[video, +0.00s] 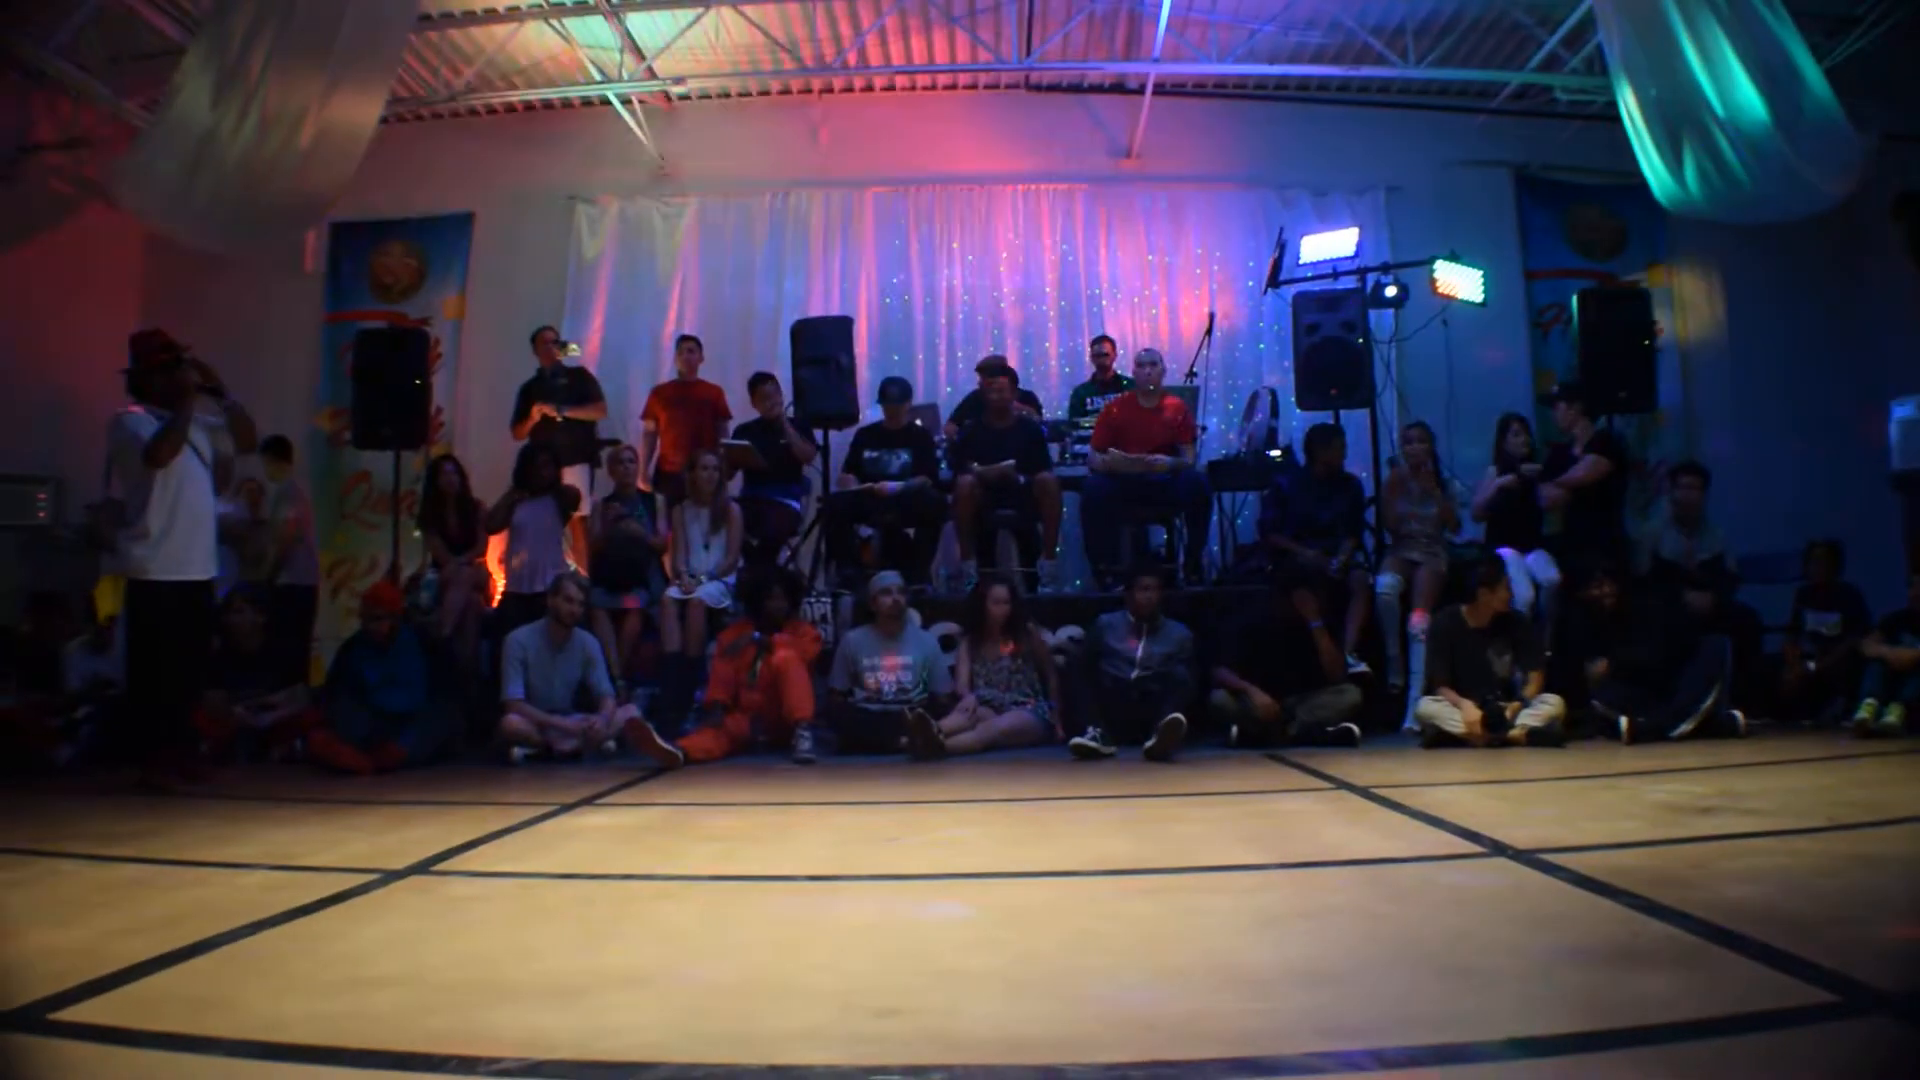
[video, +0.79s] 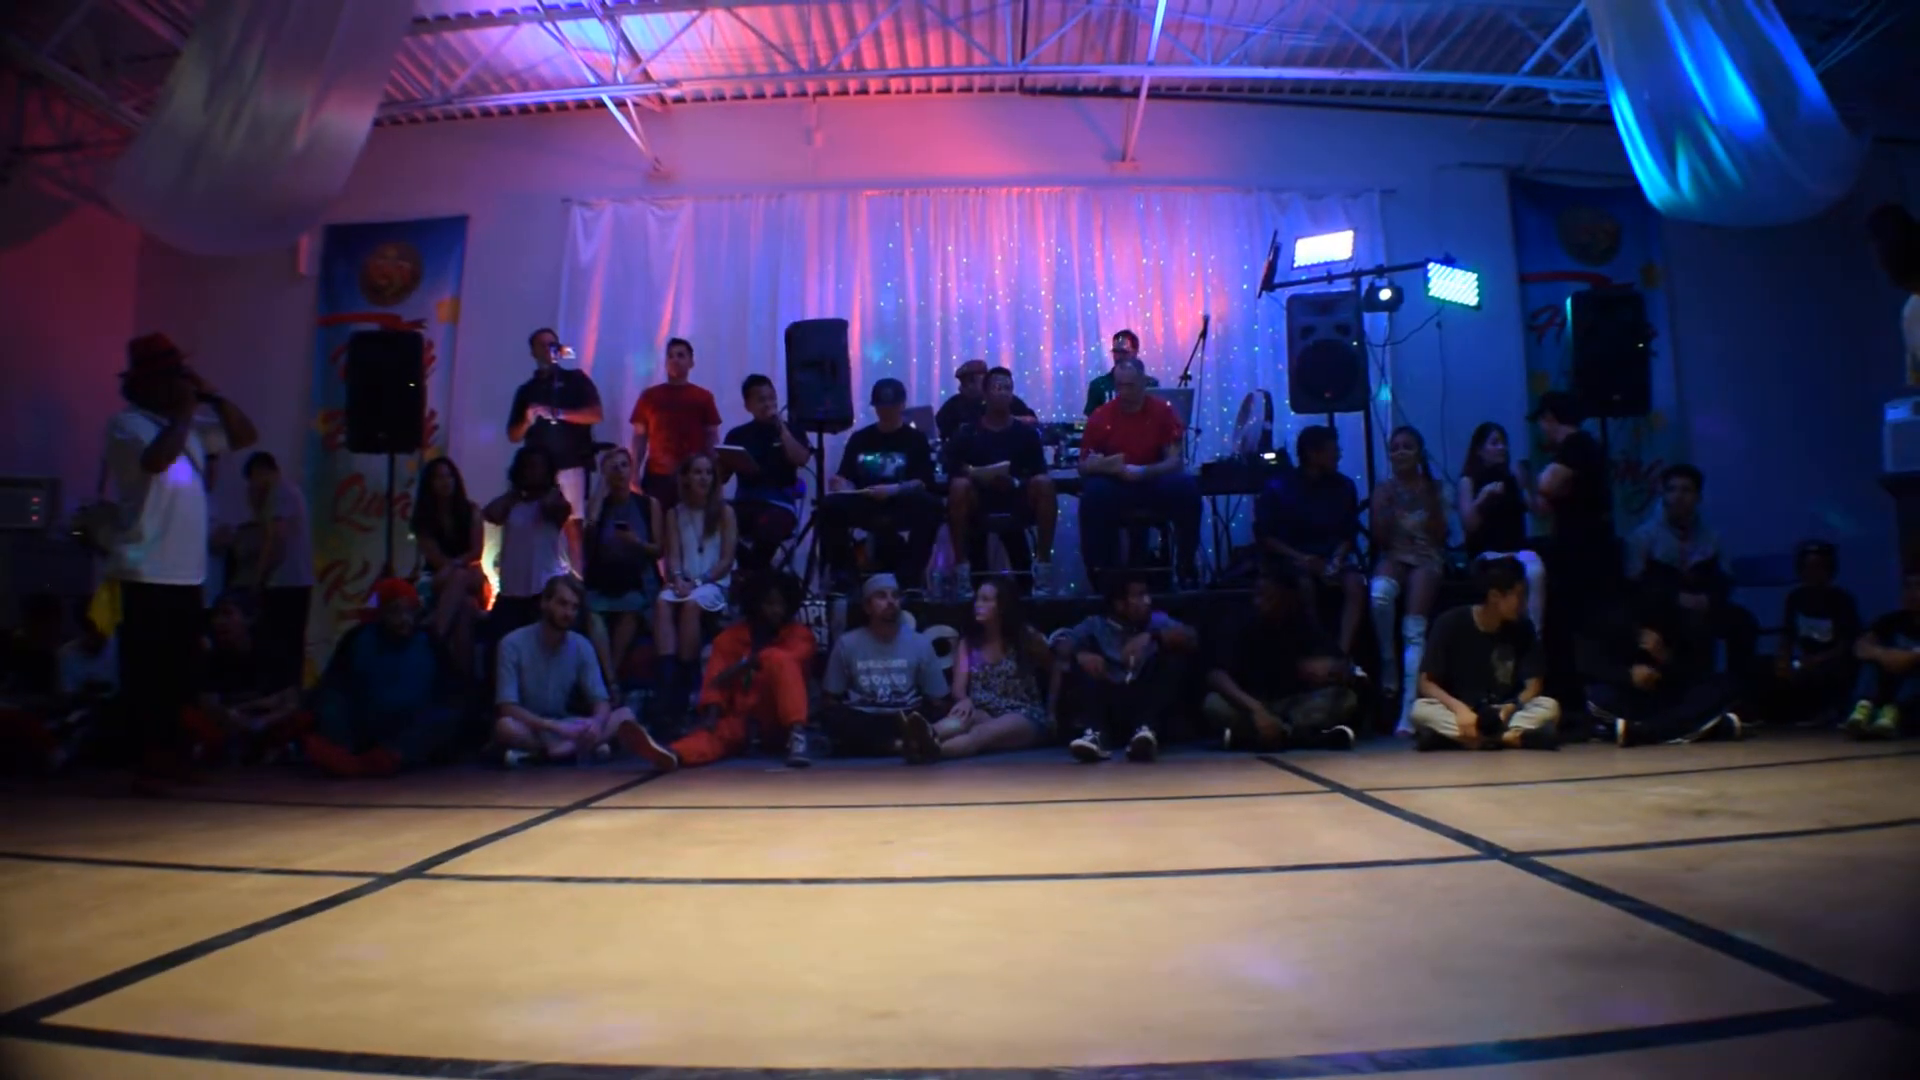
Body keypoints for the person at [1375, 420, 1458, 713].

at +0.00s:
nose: (1414, 448)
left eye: (1421, 442)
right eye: (1408, 442)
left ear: (1431, 447)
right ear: (1401, 448)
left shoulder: (1443, 482)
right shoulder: (1395, 480)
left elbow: (1453, 524)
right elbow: (1389, 523)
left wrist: (1433, 487)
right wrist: (1394, 486)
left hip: (1432, 549)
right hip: (1401, 547)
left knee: (1419, 623)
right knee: (1385, 590)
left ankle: (1416, 702)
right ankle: (1394, 668)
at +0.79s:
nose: (1400, 454)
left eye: (1407, 448)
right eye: (1395, 448)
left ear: (1419, 453)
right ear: (1389, 454)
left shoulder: (1432, 487)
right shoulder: (1384, 490)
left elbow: (1440, 532)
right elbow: (1379, 534)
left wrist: (1428, 501)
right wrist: (1388, 511)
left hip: (1424, 553)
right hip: (1393, 553)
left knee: (1414, 627)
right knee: (1379, 597)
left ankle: (1410, 712)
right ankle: (1389, 671)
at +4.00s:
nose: (1403, 451)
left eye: (1409, 445)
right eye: (1396, 446)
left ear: (1416, 451)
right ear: (1386, 452)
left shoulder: (1428, 489)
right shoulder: (1376, 492)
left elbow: (1436, 528)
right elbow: (1371, 532)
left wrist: (1416, 545)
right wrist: (1391, 547)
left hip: (1419, 556)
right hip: (1387, 556)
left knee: (1411, 627)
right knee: (1378, 597)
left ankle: (1408, 686)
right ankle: (1384, 669)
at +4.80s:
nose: (1403, 451)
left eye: (1408, 445)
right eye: (1396, 446)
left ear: (1416, 451)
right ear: (1387, 453)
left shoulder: (1431, 489)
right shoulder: (1377, 493)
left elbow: (1440, 526)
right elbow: (1372, 532)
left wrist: (1419, 542)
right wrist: (1388, 548)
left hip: (1420, 555)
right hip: (1388, 554)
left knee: (1412, 629)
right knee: (1377, 596)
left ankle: (1407, 705)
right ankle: (1384, 669)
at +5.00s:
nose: (1403, 451)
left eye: (1408, 445)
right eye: (1396, 446)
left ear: (1417, 452)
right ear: (1387, 453)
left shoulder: (1431, 489)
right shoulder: (1377, 493)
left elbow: (1440, 527)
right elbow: (1371, 532)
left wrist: (1415, 544)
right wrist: (1391, 548)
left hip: (1421, 554)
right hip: (1388, 554)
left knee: (1413, 626)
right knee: (1378, 596)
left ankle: (1408, 703)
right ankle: (1385, 670)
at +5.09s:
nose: (1403, 451)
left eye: (1408, 445)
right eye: (1396, 446)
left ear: (1416, 451)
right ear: (1388, 453)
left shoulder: (1431, 488)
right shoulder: (1377, 492)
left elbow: (1439, 525)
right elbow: (1370, 529)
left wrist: (1419, 543)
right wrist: (1387, 547)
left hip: (1421, 555)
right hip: (1388, 555)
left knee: (1412, 627)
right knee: (1378, 596)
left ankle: (1408, 698)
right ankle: (1385, 674)